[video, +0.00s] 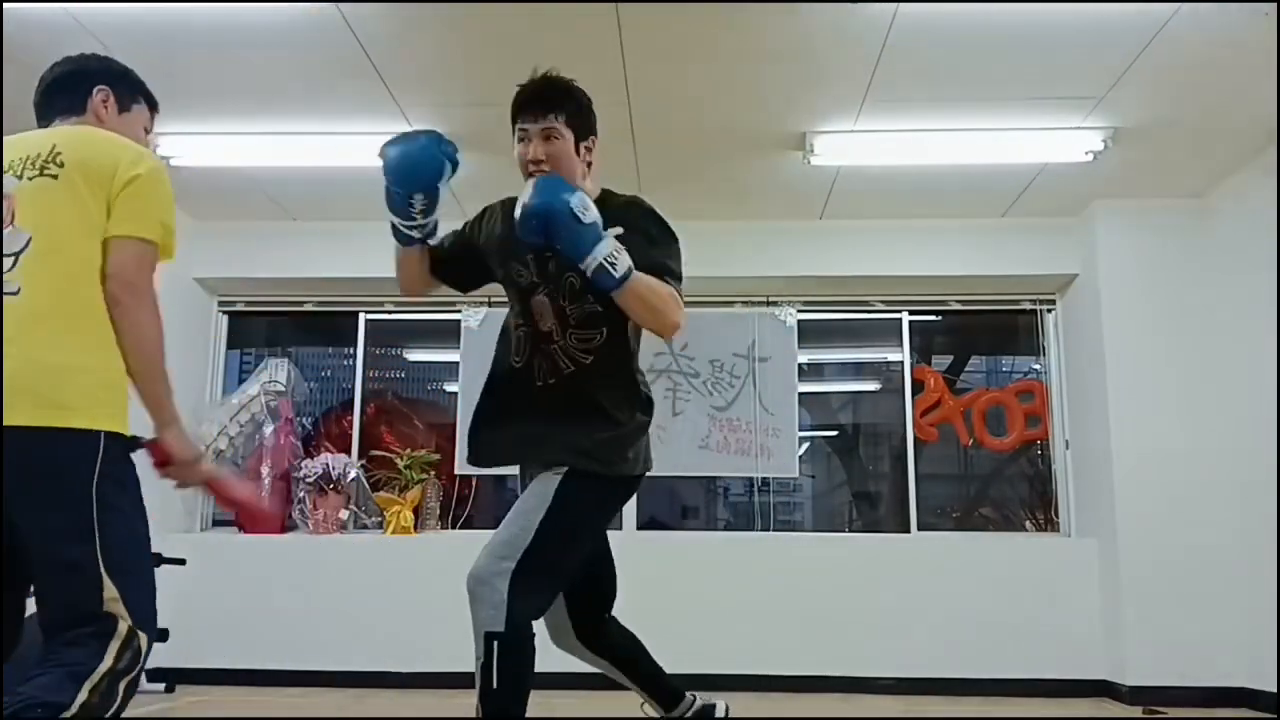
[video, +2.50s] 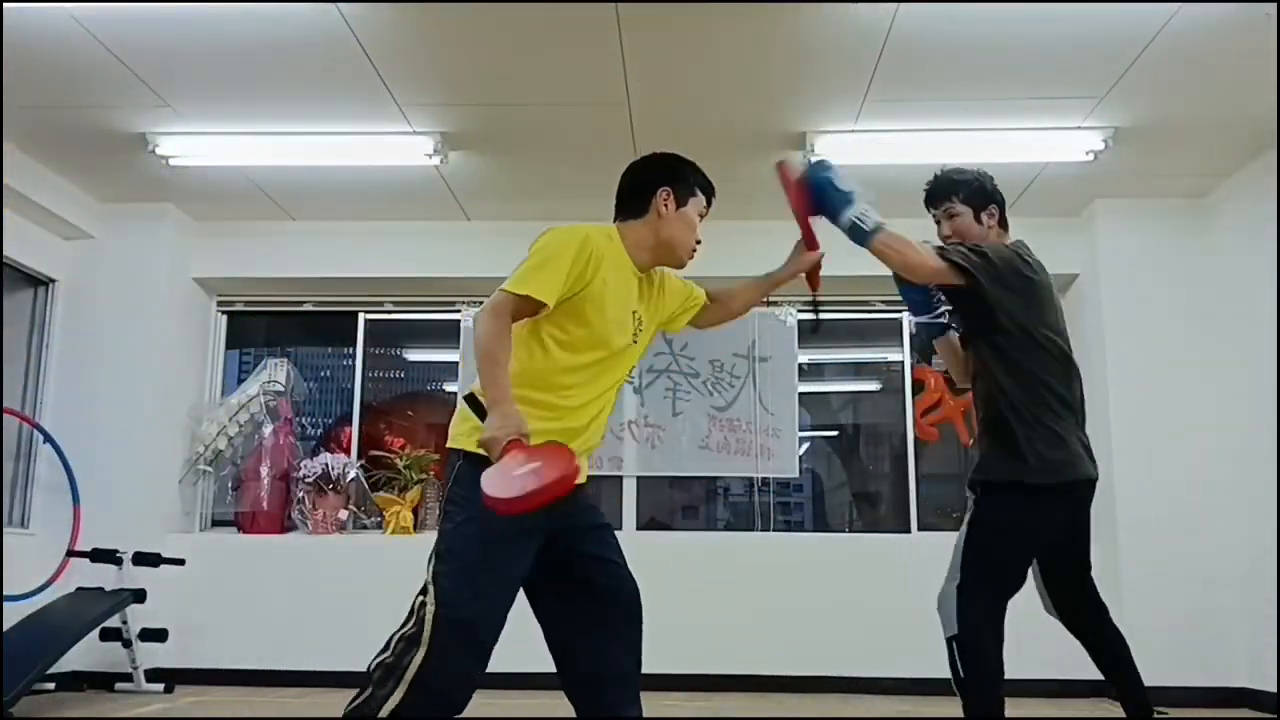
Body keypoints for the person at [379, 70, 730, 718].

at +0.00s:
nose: (534, 150)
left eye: (550, 136)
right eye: (524, 137)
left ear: (588, 150)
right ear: (515, 148)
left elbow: (669, 320)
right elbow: (415, 282)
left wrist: (594, 251)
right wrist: (413, 213)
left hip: (604, 446)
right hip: (543, 445)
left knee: (498, 585)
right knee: (578, 624)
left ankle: (500, 717)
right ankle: (683, 708)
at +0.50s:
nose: (510, 152)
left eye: (517, 137)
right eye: (509, 141)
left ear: (560, 135)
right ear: (568, 136)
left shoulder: (563, 179)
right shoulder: (627, 197)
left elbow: (450, 176)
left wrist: (378, 107)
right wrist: (524, 231)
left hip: (613, 427)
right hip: (672, 428)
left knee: (522, 598)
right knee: (669, 578)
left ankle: (502, 714)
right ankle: (735, 711)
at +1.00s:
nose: (683, 183)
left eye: (686, 163)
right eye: (677, 169)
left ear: (715, 154)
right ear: (732, 162)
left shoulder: (754, 203)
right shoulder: (745, 234)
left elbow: (696, 138)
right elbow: (683, 324)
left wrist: (688, 88)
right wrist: (669, 247)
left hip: (757, 444)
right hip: (788, 445)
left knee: (678, 609)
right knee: (820, 597)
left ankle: (707, 716)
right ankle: (908, 711)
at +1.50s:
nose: (845, 227)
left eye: (851, 213)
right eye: (840, 217)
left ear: (878, 209)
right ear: (847, 222)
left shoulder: (923, 254)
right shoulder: (877, 283)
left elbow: (905, 245)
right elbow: (828, 346)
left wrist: (879, 181)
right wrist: (814, 275)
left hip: (935, 471)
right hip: (939, 472)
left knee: (853, 606)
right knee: (1011, 600)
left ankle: (890, 715)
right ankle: (1097, 707)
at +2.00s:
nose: (939, 255)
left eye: (946, 241)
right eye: (934, 247)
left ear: (978, 238)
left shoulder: (1012, 278)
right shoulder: (972, 308)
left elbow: (1007, 299)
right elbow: (941, 381)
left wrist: (960, 245)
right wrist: (912, 317)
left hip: (1021, 488)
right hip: (1048, 484)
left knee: (954, 608)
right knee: (1070, 612)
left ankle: (956, 716)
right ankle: (1146, 713)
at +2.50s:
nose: (940, 232)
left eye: (949, 217)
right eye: (936, 222)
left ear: (990, 216)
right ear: (989, 221)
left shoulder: (1000, 262)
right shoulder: (1023, 271)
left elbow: (924, 267)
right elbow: (974, 380)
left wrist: (844, 208)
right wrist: (935, 325)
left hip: (1020, 473)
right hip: (1067, 471)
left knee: (969, 606)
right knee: (1073, 596)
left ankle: (983, 714)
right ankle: (1142, 710)